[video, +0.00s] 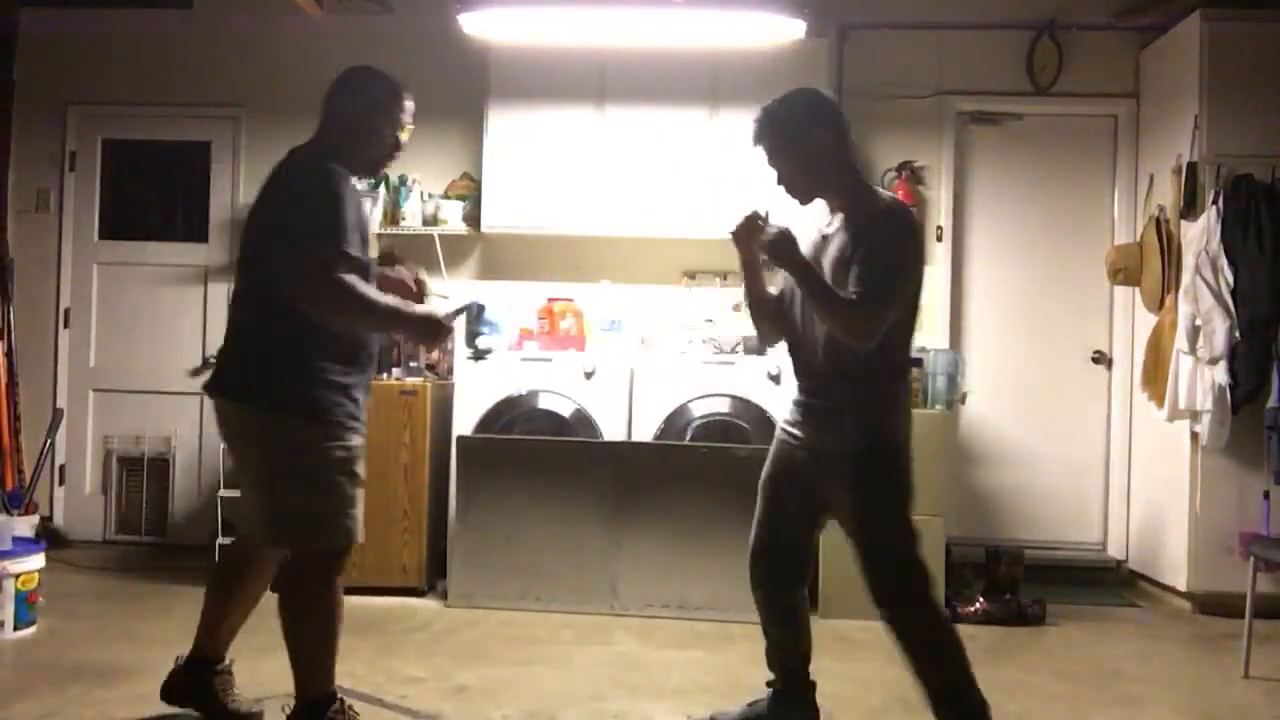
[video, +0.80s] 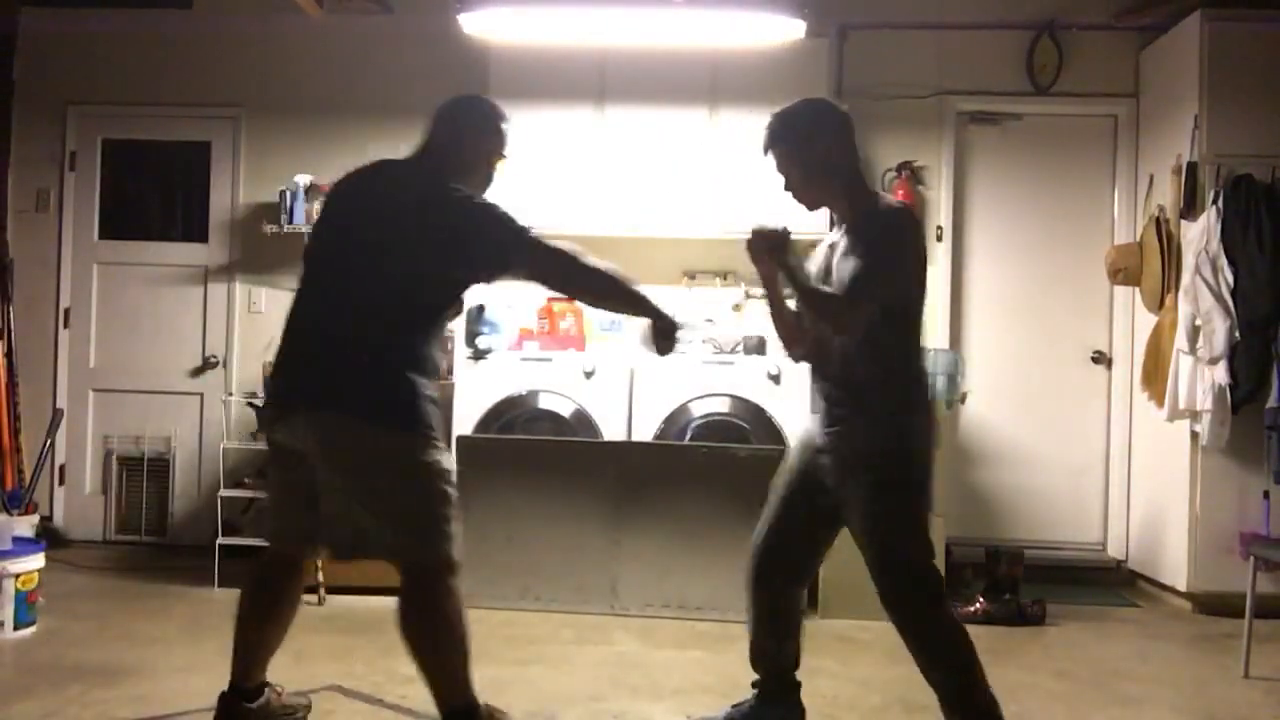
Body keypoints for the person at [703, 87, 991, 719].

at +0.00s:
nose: (776, 176)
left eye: (781, 159)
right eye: (770, 162)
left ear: (826, 143)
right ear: (809, 155)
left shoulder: (889, 224)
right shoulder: (807, 233)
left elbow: (864, 327)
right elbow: (772, 329)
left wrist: (794, 262)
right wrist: (750, 265)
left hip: (867, 440)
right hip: (800, 430)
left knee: (900, 592)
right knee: (773, 569)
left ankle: (967, 713)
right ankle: (791, 697)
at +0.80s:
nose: (784, 184)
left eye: (788, 166)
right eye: (779, 169)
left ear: (828, 153)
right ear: (825, 159)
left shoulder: (890, 226)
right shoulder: (833, 243)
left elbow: (846, 321)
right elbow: (801, 344)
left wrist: (784, 265)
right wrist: (771, 275)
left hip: (880, 439)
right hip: (826, 434)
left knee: (908, 592)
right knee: (773, 566)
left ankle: (978, 714)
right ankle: (775, 696)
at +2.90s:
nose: (861, 174)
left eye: (868, 158)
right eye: (857, 161)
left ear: (914, 150)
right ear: (891, 160)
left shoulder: (984, 226)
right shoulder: (893, 233)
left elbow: (952, 329)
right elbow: (860, 336)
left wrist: (884, 256)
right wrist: (837, 264)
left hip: (974, 441)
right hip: (901, 434)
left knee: (1003, 600)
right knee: (850, 568)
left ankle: (1059, 717)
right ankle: (848, 698)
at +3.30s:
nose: (846, 187)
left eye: (852, 170)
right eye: (841, 174)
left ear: (897, 160)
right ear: (885, 168)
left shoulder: (951, 237)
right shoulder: (877, 257)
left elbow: (926, 344)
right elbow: (852, 354)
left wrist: (855, 285)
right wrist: (826, 291)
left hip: (948, 443)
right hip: (881, 436)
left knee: (983, 598)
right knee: (823, 566)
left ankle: (1053, 714)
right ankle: (844, 697)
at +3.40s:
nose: (842, 184)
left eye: (847, 167)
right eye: (837, 171)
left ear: (889, 157)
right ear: (883, 164)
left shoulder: (933, 228)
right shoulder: (893, 239)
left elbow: (866, 313)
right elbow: (865, 340)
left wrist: (813, 253)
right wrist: (825, 278)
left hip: (946, 438)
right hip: (889, 432)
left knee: (983, 594)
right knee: (832, 564)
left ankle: (1052, 713)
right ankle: (843, 698)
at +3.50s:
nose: (843, 180)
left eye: (849, 164)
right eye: (839, 166)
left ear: (890, 153)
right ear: (888, 160)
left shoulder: (910, 223)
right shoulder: (903, 221)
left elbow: (806, 291)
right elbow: (890, 321)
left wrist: (750, 295)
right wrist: (842, 281)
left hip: (957, 431)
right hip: (906, 429)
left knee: (993, 588)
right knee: (858, 565)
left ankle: (1059, 712)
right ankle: (846, 698)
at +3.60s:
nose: (849, 183)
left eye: (856, 165)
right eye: (845, 168)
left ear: (900, 157)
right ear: (907, 160)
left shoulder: (897, 242)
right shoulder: (966, 231)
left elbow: (828, 324)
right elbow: (965, 327)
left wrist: (780, 378)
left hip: (968, 437)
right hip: (927, 433)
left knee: (1001, 592)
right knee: (877, 568)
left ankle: (1084, 713)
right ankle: (847, 695)